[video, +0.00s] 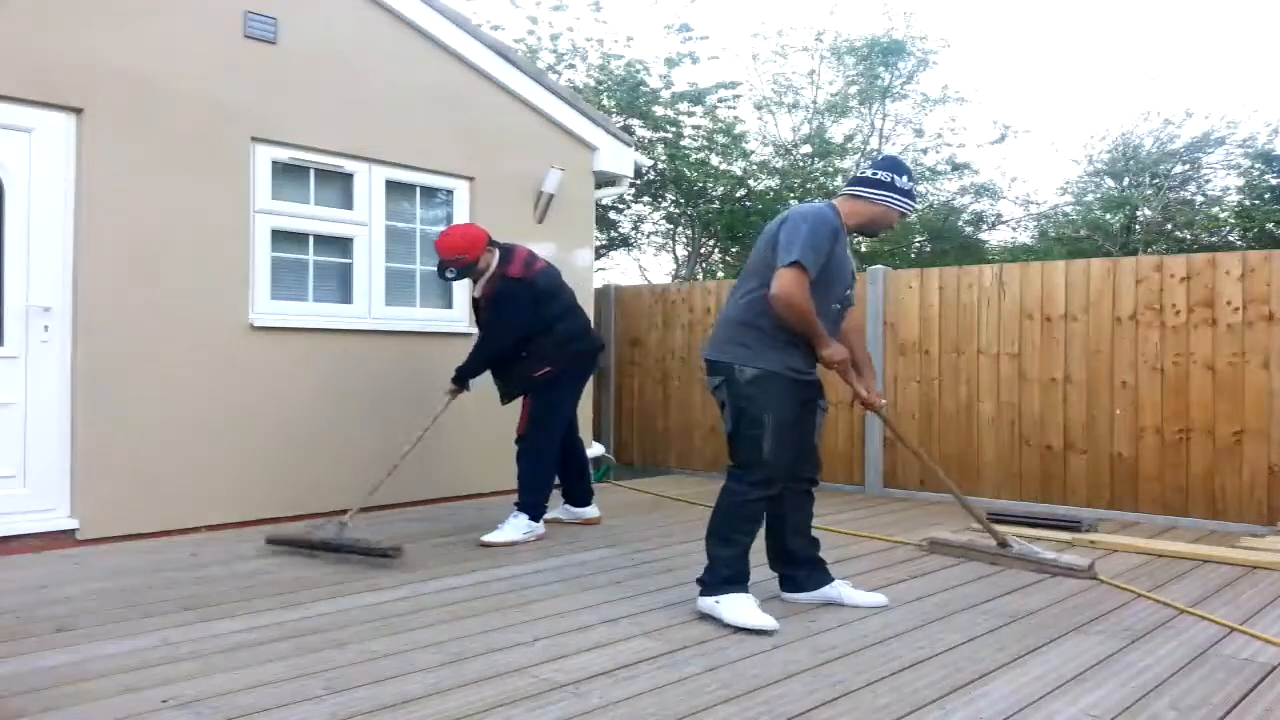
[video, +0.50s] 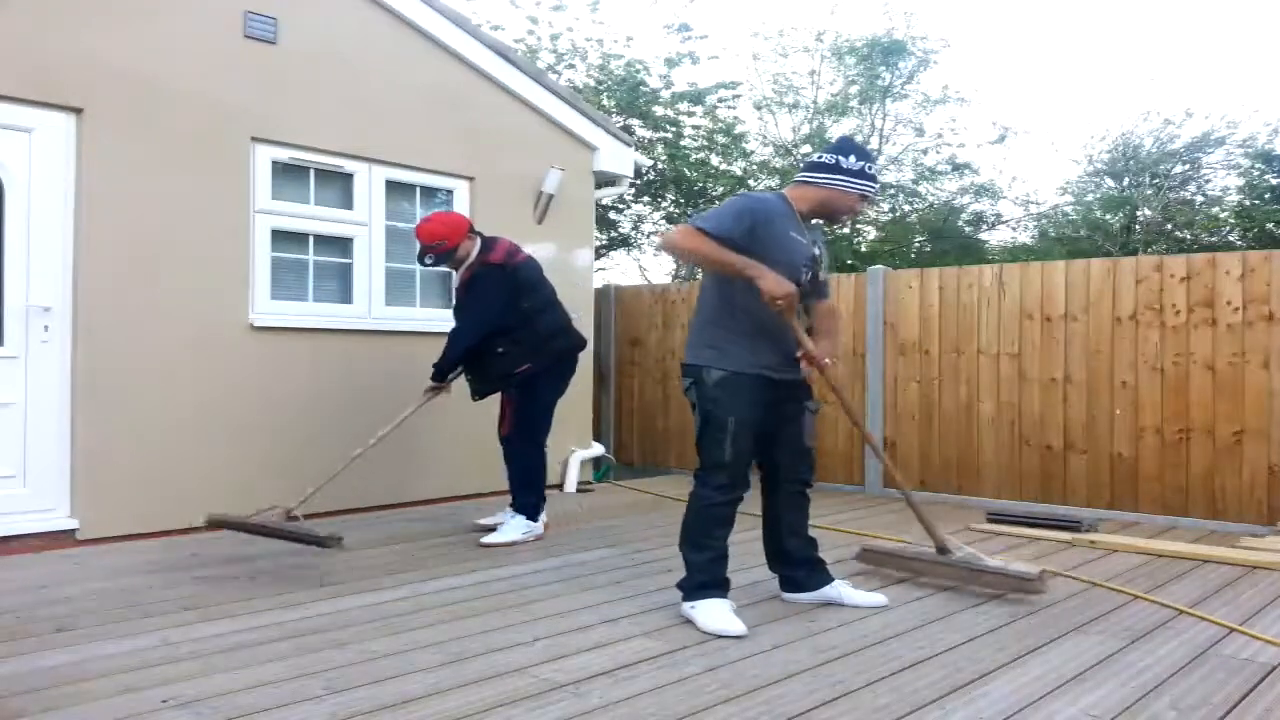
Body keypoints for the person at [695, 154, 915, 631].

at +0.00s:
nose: (898, 222)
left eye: (902, 214)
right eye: (899, 211)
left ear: (869, 196)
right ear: (879, 198)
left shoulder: (842, 256)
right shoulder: (814, 217)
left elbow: (847, 321)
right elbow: (786, 294)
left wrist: (864, 379)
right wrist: (825, 342)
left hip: (791, 370)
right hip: (752, 363)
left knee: (796, 477)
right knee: (757, 474)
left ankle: (803, 579)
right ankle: (721, 587)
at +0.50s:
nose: (859, 210)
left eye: (863, 202)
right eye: (859, 199)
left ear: (831, 185)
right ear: (834, 185)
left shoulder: (812, 242)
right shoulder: (755, 208)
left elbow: (820, 302)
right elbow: (679, 238)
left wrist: (824, 343)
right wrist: (758, 272)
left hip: (782, 373)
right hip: (725, 368)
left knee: (789, 479)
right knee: (721, 481)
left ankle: (802, 580)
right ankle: (704, 593)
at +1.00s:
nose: (882, 216)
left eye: (886, 208)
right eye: (882, 205)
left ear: (853, 188)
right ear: (857, 188)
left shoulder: (833, 244)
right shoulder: (770, 213)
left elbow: (839, 315)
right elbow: (721, 276)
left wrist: (852, 377)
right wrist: (797, 320)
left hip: (780, 373)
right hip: (717, 365)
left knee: (802, 481)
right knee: (710, 481)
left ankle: (818, 593)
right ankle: (702, 592)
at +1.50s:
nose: (917, 204)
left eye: (923, 195)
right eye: (915, 191)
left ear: (900, 184)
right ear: (887, 175)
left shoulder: (892, 241)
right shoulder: (794, 206)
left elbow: (890, 310)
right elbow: (708, 232)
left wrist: (872, 340)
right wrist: (774, 256)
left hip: (833, 381)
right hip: (759, 369)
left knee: (820, 490)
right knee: (737, 482)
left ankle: (820, 594)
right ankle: (714, 592)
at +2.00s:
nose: (908, 207)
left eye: (913, 198)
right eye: (903, 196)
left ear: (900, 189)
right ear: (872, 182)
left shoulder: (905, 242)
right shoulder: (782, 209)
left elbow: (912, 312)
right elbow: (704, 257)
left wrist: (879, 374)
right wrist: (747, 301)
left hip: (839, 382)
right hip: (759, 371)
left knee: (830, 487)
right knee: (748, 479)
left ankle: (822, 593)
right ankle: (756, 581)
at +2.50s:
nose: (752, 181)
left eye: (763, 171)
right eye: (747, 171)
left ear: (796, 169)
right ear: (742, 170)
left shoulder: (844, 219)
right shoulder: (728, 218)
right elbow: (673, 258)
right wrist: (659, 262)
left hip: (821, 375)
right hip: (744, 372)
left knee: (830, 485)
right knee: (750, 482)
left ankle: (832, 591)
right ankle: (762, 584)